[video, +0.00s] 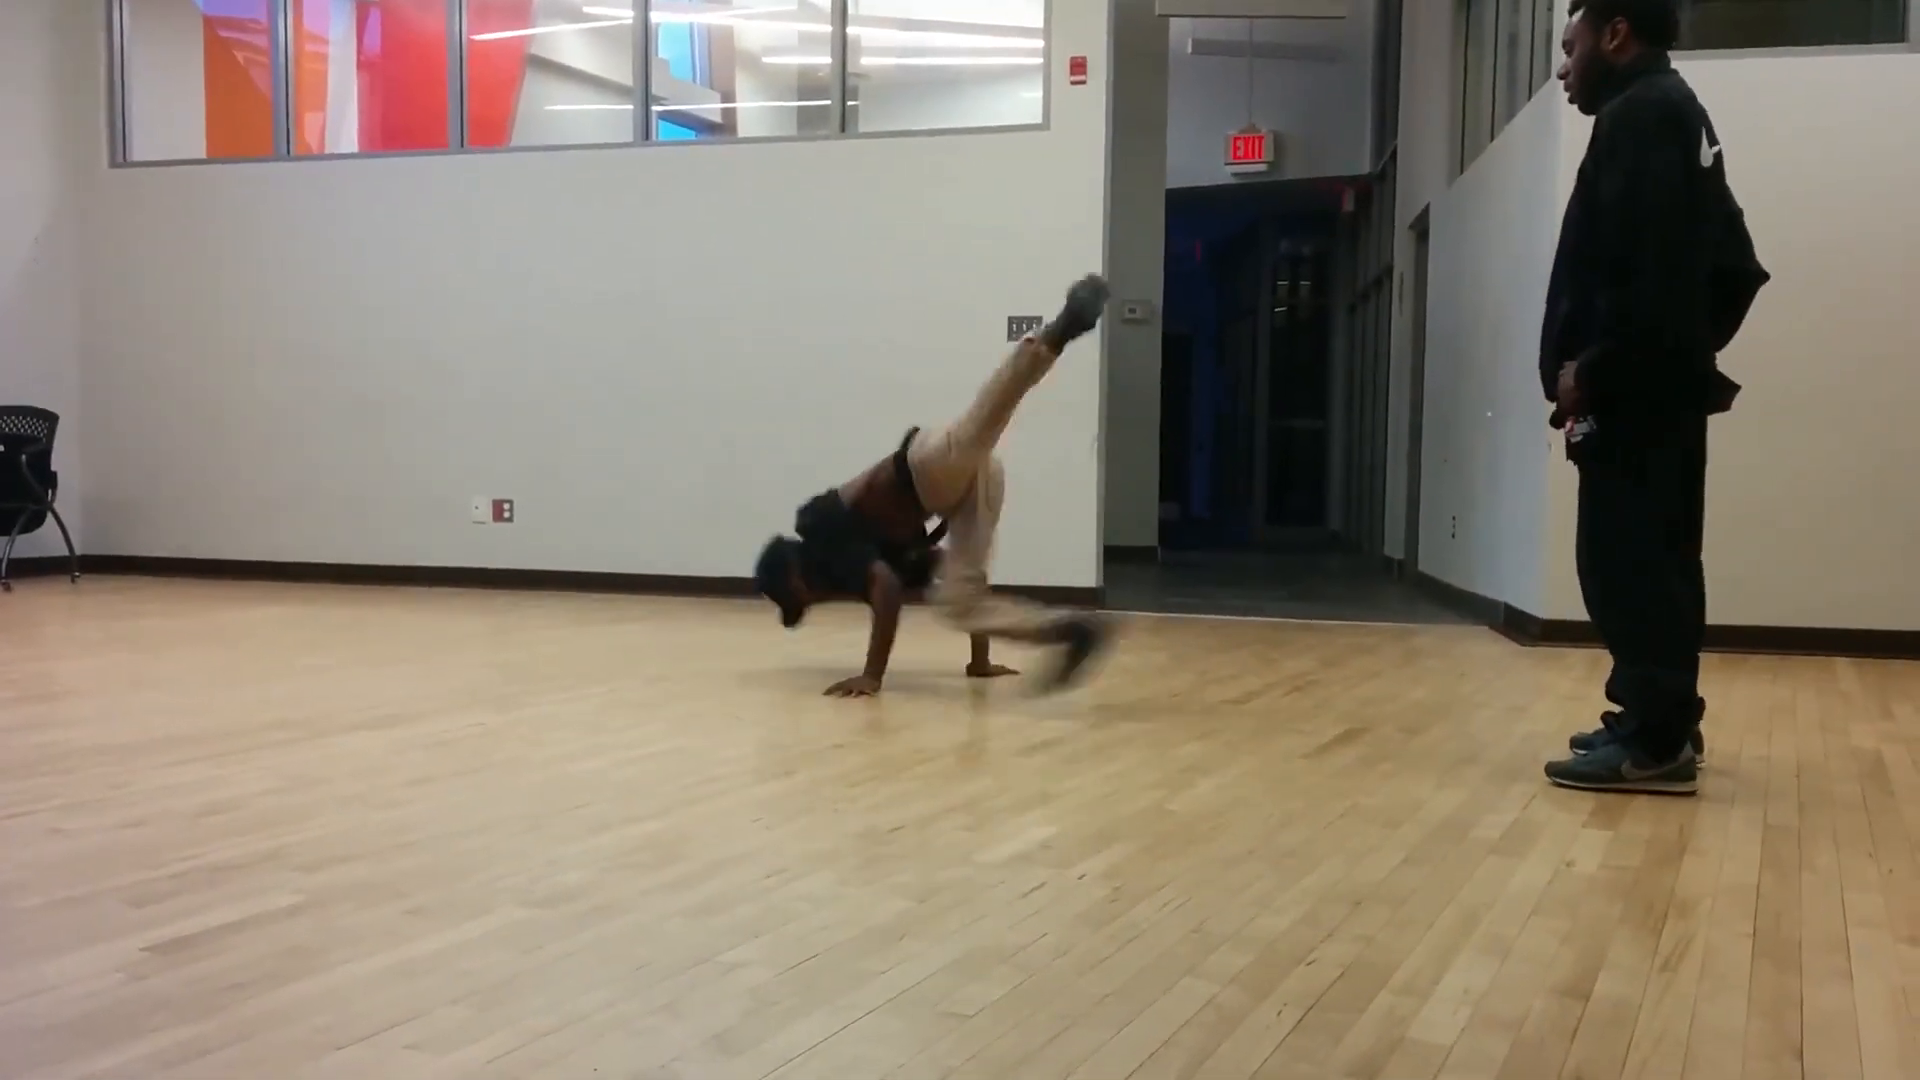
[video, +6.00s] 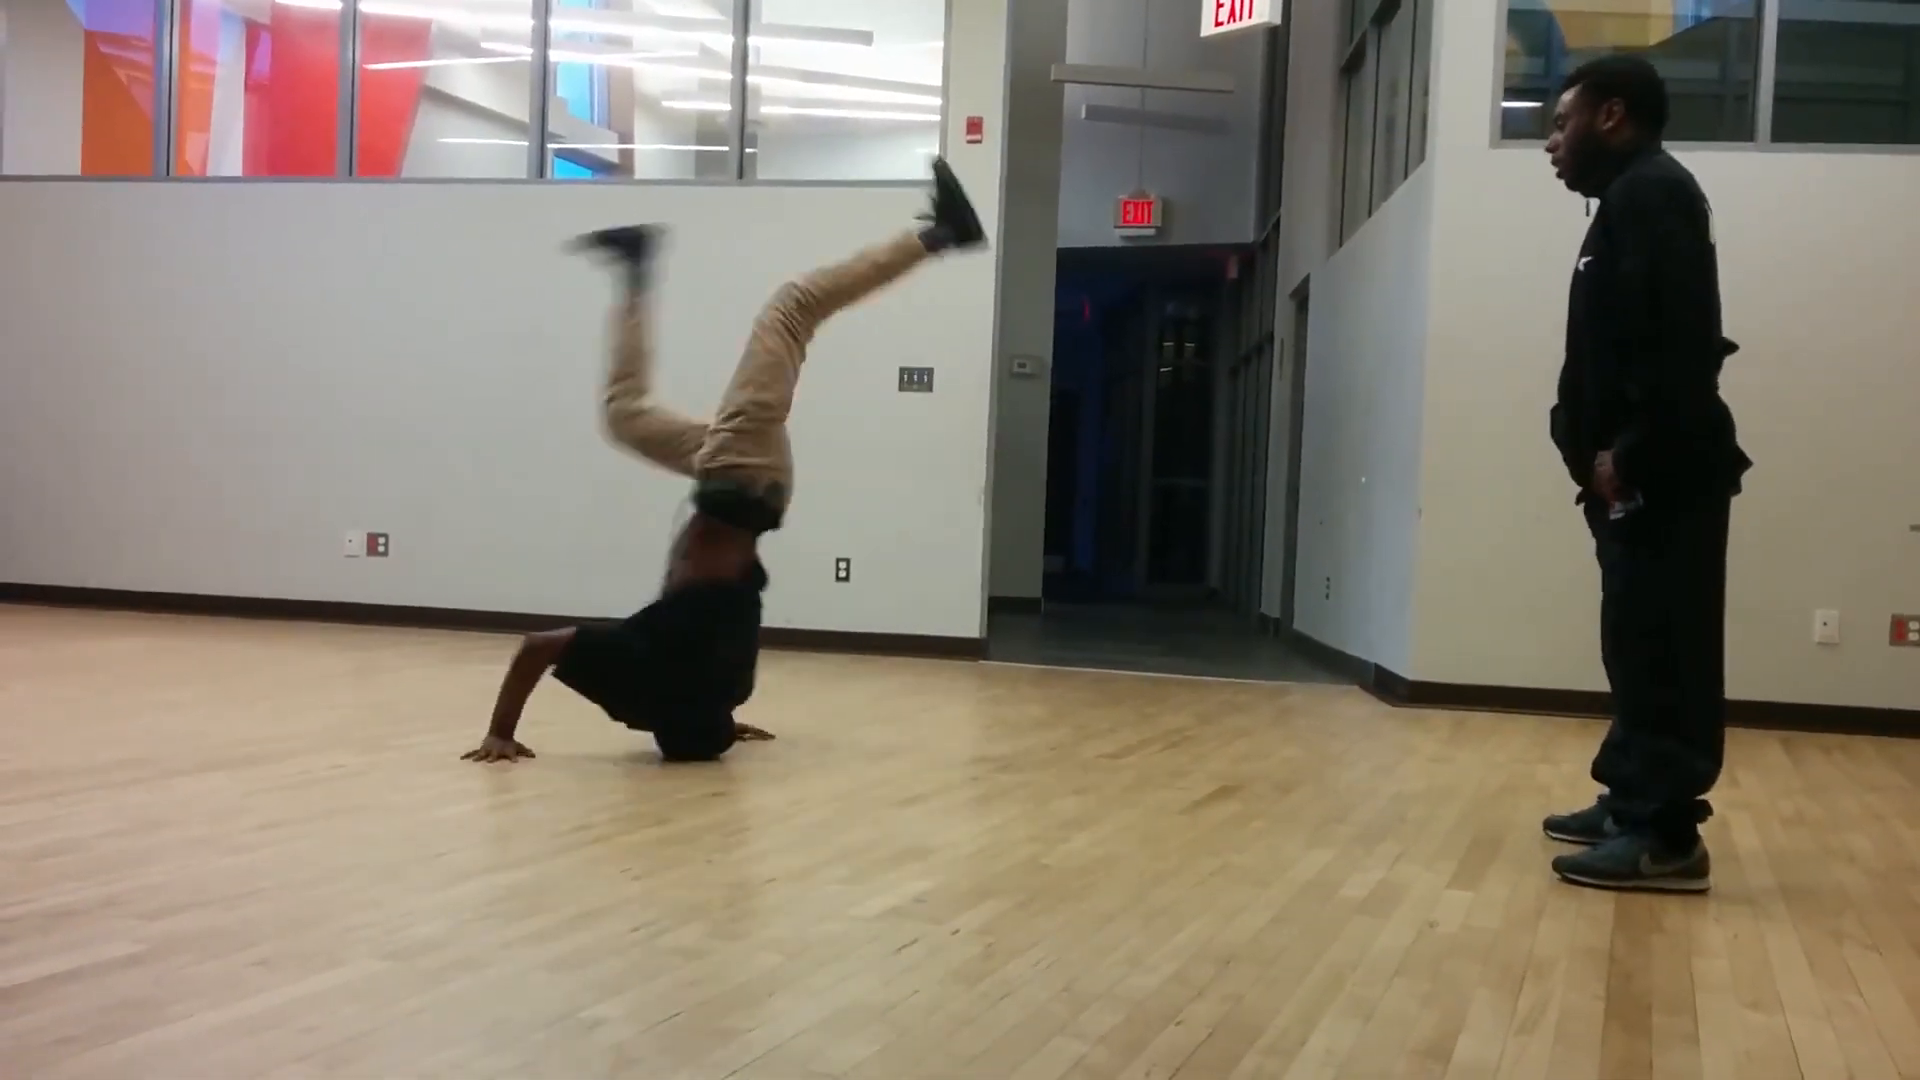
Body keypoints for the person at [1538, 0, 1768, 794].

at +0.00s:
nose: (1562, 63)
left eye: (1572, 44)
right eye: (1564, 46)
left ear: (1617, 38)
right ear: (1624, 38)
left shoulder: (1639, 113)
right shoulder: (1671, 109)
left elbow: (1625, 262)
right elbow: (1735, 266)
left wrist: (1585, 363)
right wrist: (1677, 359)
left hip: (1636, 397)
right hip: (1664, 394)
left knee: (1628, 557)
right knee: (1651, 552)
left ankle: (1656, 740)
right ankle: (1656, 726)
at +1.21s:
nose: (1626, 46)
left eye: (1635, 22)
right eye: (1626, 26)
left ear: (1682, 17)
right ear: (1691, 21)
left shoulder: (1693, 108)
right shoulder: (1761, 100)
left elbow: (1677, 256)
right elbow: (1847, 223)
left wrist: (1648, 364)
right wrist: (1763, 295)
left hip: (1696, 388)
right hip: (1763, 381)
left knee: (1659, 554)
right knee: (1764, 550)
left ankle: (1647, 732)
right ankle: (1787, 723)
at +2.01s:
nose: (1706, 69)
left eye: (1713, 46)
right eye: (1706, 51)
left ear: (1763, 36)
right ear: (1770, 38)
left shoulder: (1799, 99)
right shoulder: (1834, 99)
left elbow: (1802, 238)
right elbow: (1902, 220)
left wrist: (1767, 344)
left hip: (1795, 382)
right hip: (1855, 381)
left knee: (1729, 530)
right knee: (1828, 545)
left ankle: (1732, 720)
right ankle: (1808, 727)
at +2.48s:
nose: (1666, 80)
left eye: (1675, 59)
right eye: (1665, 63)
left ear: (1727, 47)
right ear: (1727, 51)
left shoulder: (1774, 116)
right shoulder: (1759, 118)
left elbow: (1815, 270)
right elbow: (1816, 268)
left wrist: (1738, 374)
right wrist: (1715, 369)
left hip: (1774, 405)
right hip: (1751, 405)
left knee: (1754, 566)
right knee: (1730, 562)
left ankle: (1748, 752)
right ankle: (1723, 736)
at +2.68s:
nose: (1592, 83)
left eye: (1601, 62)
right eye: (1591, 65)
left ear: (1655, 51)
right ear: (1654, 55)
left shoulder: (1696, 125)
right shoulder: (1678, 125)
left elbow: (1709, 278)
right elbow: (1686, 276)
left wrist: (1658, 389)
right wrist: (1633, 382)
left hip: (1691, 414)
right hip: (1666, 412)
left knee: (1681, 583)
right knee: (1657, 579)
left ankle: (1682, 773)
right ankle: (1649, 743)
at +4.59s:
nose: (1538, 181)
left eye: (1546, 161)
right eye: (1536, 163)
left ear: (1596, 148)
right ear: (1599, 150)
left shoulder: (1648, 227)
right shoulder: (1626, 226)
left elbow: (1666, 378)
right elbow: (1631, 374)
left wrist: (1598, 479)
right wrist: (1572, 469)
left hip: (1644, 499)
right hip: (1619, 498)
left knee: (1631, 666)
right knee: (1611, 662)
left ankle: (1653, 857)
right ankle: (1619, 827)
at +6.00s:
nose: (1551, 143)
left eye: (1562, 124)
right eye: (1551, 126)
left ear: (1612, 116)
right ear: (1615, 118)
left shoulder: (1651, 195)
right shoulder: (1637, 195)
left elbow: (1670, 346)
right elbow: (1635, 343)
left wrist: (1622, 455)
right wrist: (1596, 446)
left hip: (1670, 473)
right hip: (1642, 473)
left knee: (1663, 643)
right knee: (1638, 640)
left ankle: (1665, 833)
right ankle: (1632, 803)